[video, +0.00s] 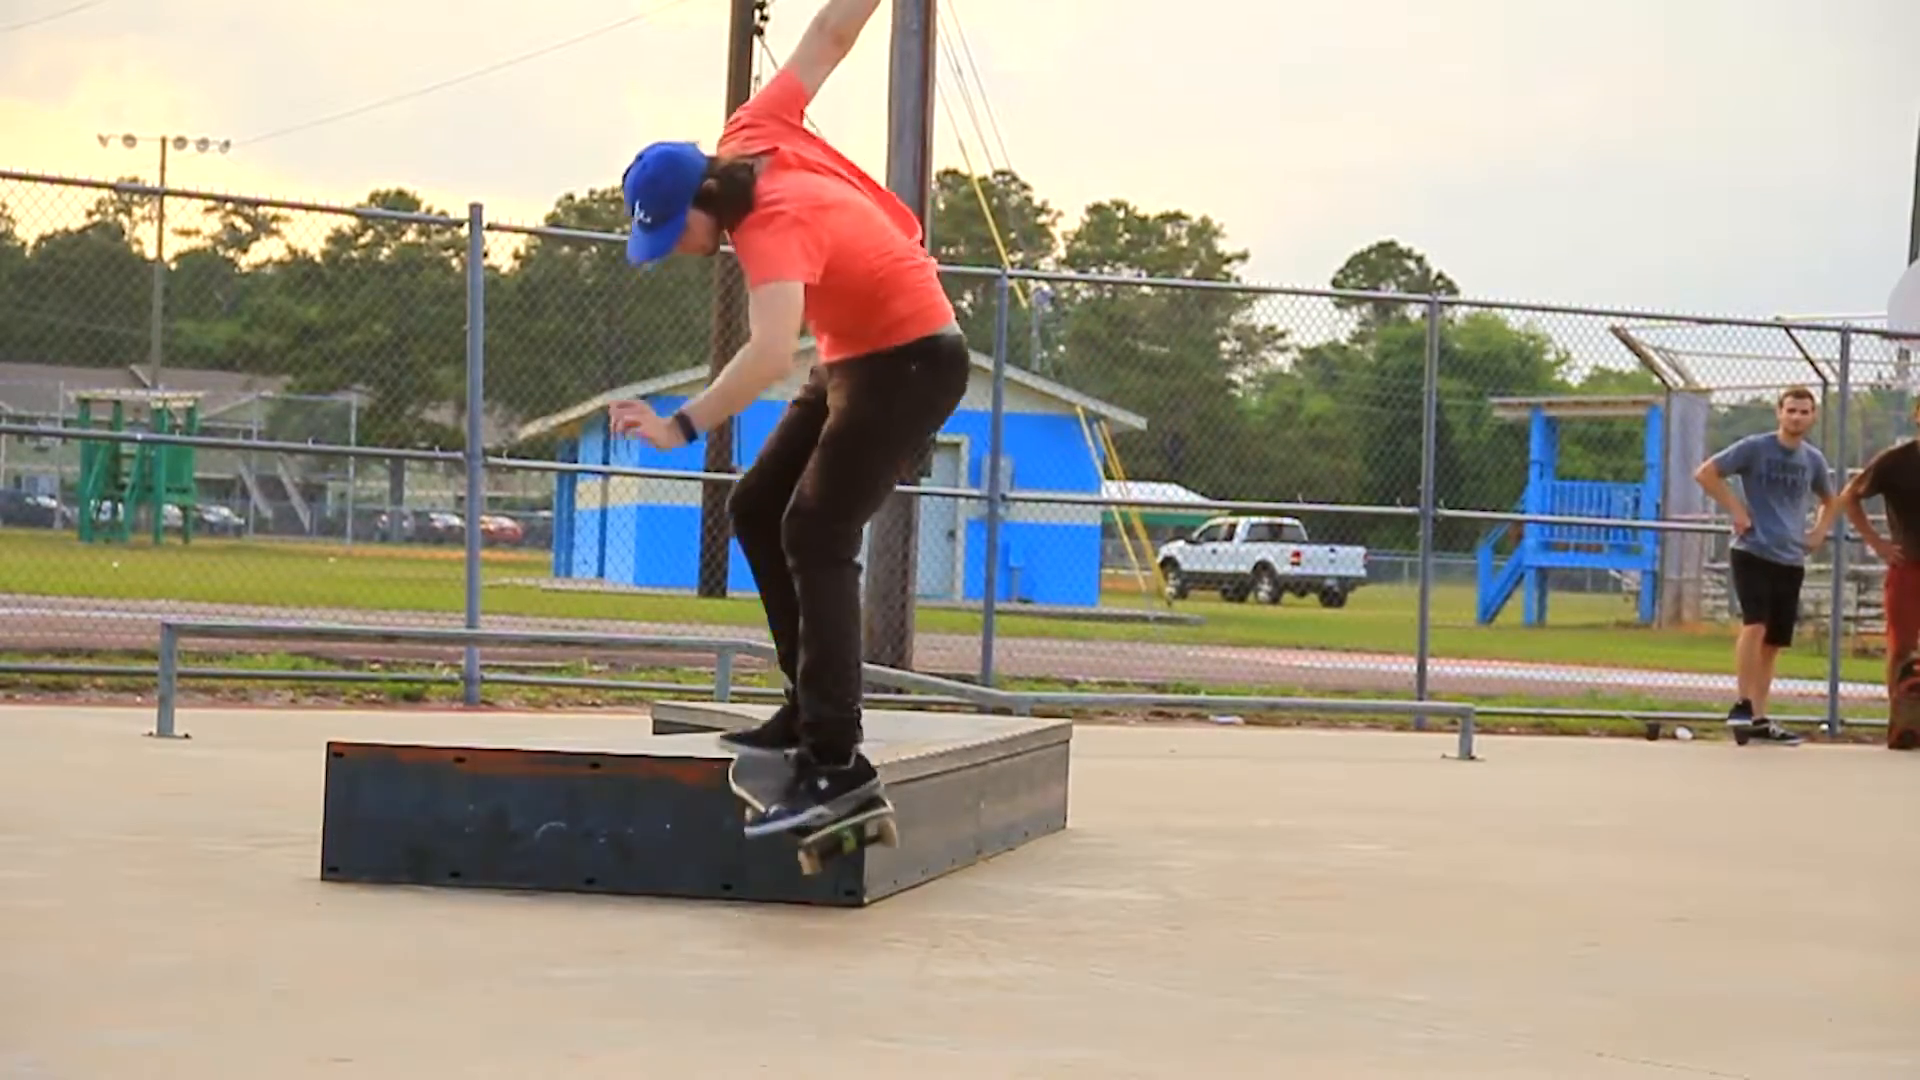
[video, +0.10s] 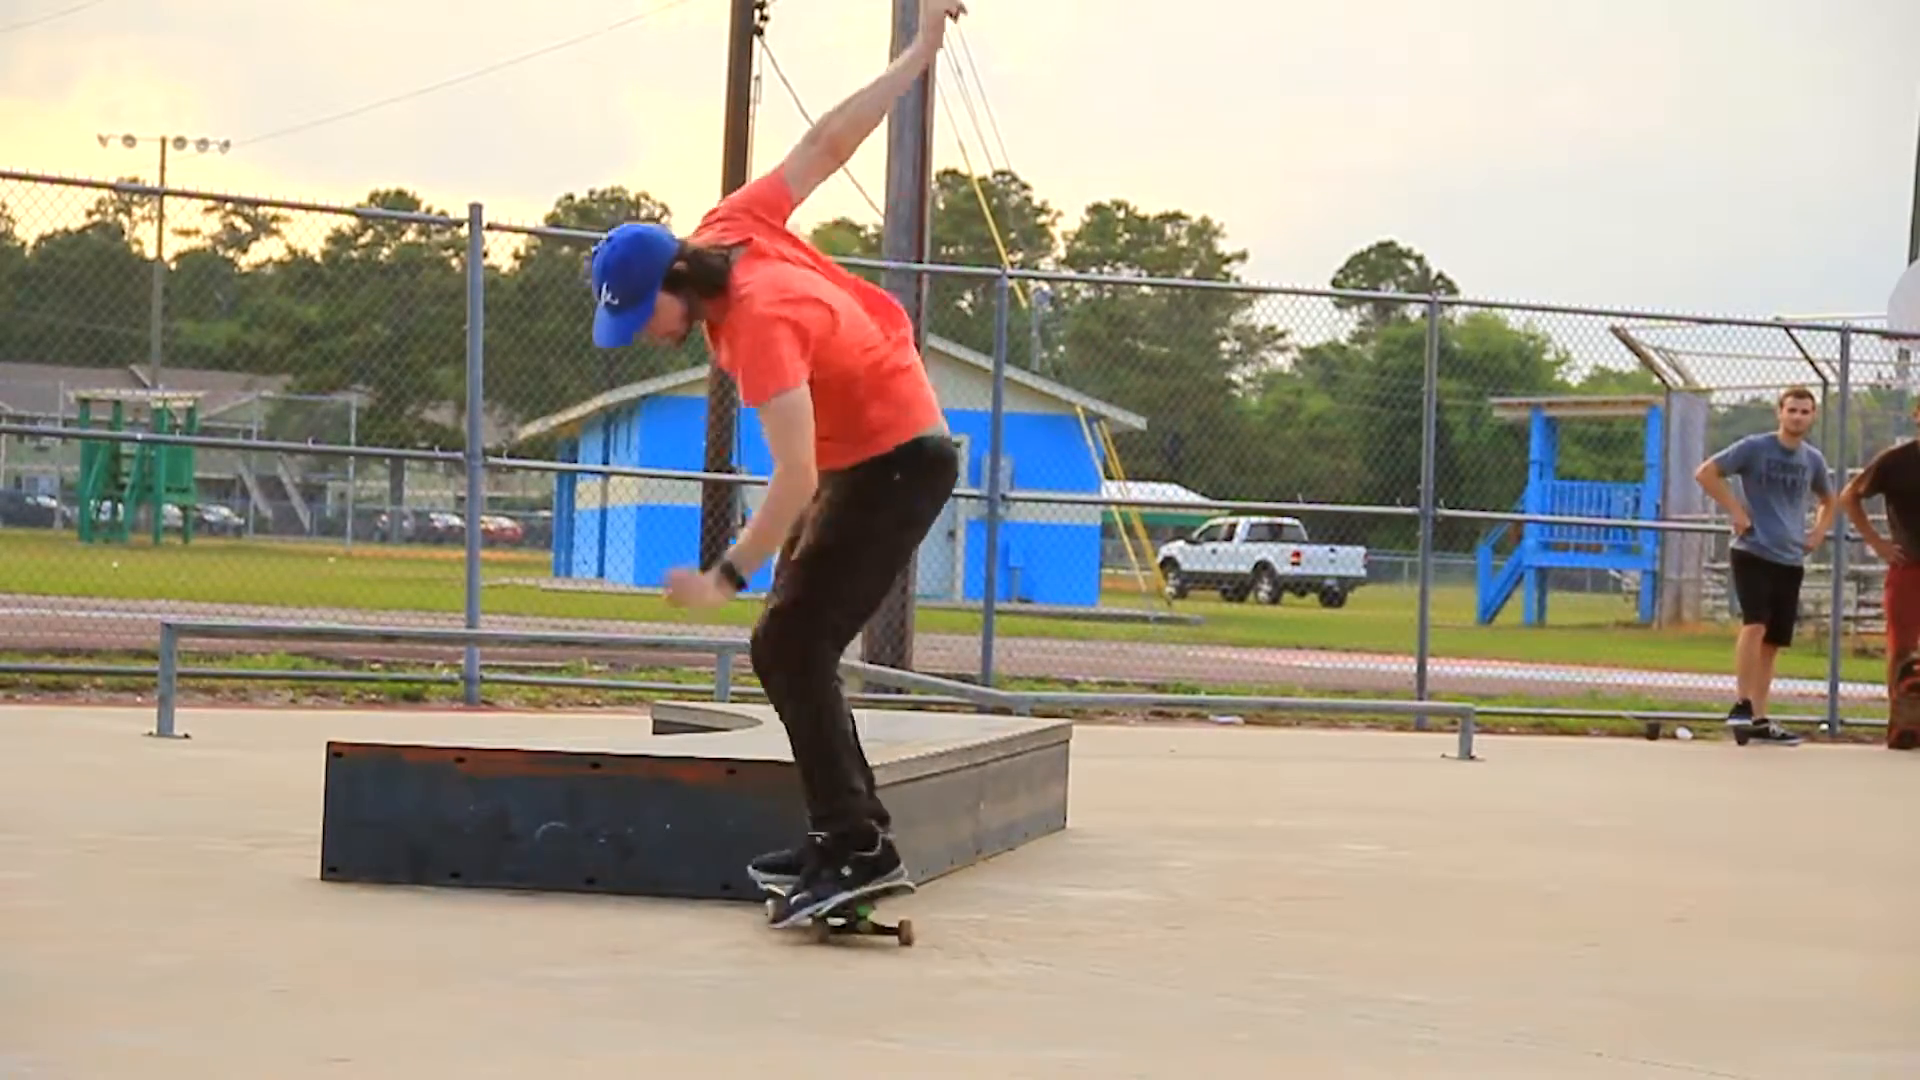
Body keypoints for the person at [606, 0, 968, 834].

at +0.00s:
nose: (679, 251)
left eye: (676, 237)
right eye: (668, 242)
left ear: (702, 205)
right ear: (687, 201)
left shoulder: (769, 225)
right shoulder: (749, 128)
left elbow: (774, 350)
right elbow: (829, 35)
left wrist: (680, 425)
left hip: (911, 358)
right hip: (855, 360)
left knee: (816, 530)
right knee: (755, 511)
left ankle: (837, 758)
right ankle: (809, 707)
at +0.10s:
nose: (647, 337)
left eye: (643, 323)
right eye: (636, 328)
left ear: (670, 290)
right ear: (663, 279)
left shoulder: (755, 322)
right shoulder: (729, 224)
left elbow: (797, 474)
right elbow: (828, 140)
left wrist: (726, 574)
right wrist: (919, 52)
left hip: (899, 460)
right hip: (876, 458)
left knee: (788, 650)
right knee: (787, 649)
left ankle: (857, 846)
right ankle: (844, 832)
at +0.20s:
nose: (623, 407)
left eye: (619, 393)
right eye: (608, 399)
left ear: (641, 348)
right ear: (629, 328)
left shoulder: (731, 379)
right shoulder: (692, 272)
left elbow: (814, 527)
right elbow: (810, 217)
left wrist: (837, 666)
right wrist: (898, 174)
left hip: (889, 467)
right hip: (866, 456)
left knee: (762, 652)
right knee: (778, 650)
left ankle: (849, 858)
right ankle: (886, 838)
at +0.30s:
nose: (585, 373)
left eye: (582, 361)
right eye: (572, 366)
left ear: (606, 327)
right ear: (596, 305)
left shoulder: (705, 341)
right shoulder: (640, 254)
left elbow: (835, 454)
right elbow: (715, 207)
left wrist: (913, 579)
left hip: (860, 444)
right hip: (875, 425)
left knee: (752, 644)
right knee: (799, 654)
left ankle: (808, 868)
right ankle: (893, 847)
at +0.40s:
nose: (539, 317)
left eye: (540, 301)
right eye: (526, 307)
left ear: (568, 263)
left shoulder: (676, 284)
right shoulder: (597, 237)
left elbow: (820, 379)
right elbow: (577, 285)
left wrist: (922, 493)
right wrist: (535, 341)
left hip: (820, 423)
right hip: (822, 414)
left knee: (744, 633)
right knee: (800, 654)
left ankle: (765, 873)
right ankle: (873, 862)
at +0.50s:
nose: (492, 260)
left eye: (491, 242)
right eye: (478, 250)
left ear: (521, 202)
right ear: (508, 208)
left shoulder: (633, 237)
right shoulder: (568, 232)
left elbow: (777, 335)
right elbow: (578, 307)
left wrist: (887, 456)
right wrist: (532, 400)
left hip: (782, 406)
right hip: (742, 413)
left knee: (707, 633)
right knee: (752, 652)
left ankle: (701, 882)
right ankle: (820, 873)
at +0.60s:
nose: (429, 215)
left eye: (430, 196)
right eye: (417, 203)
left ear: (470, 159)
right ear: (450, 168)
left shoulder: (587, 206)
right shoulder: (503, 211)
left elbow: (720, 331)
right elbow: (564, 303)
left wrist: (808, 470)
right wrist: (546, 404)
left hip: (722, 396)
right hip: (678, 405)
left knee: (652, 636)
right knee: (698, 655)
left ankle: (633, 891)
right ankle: (762, 884)